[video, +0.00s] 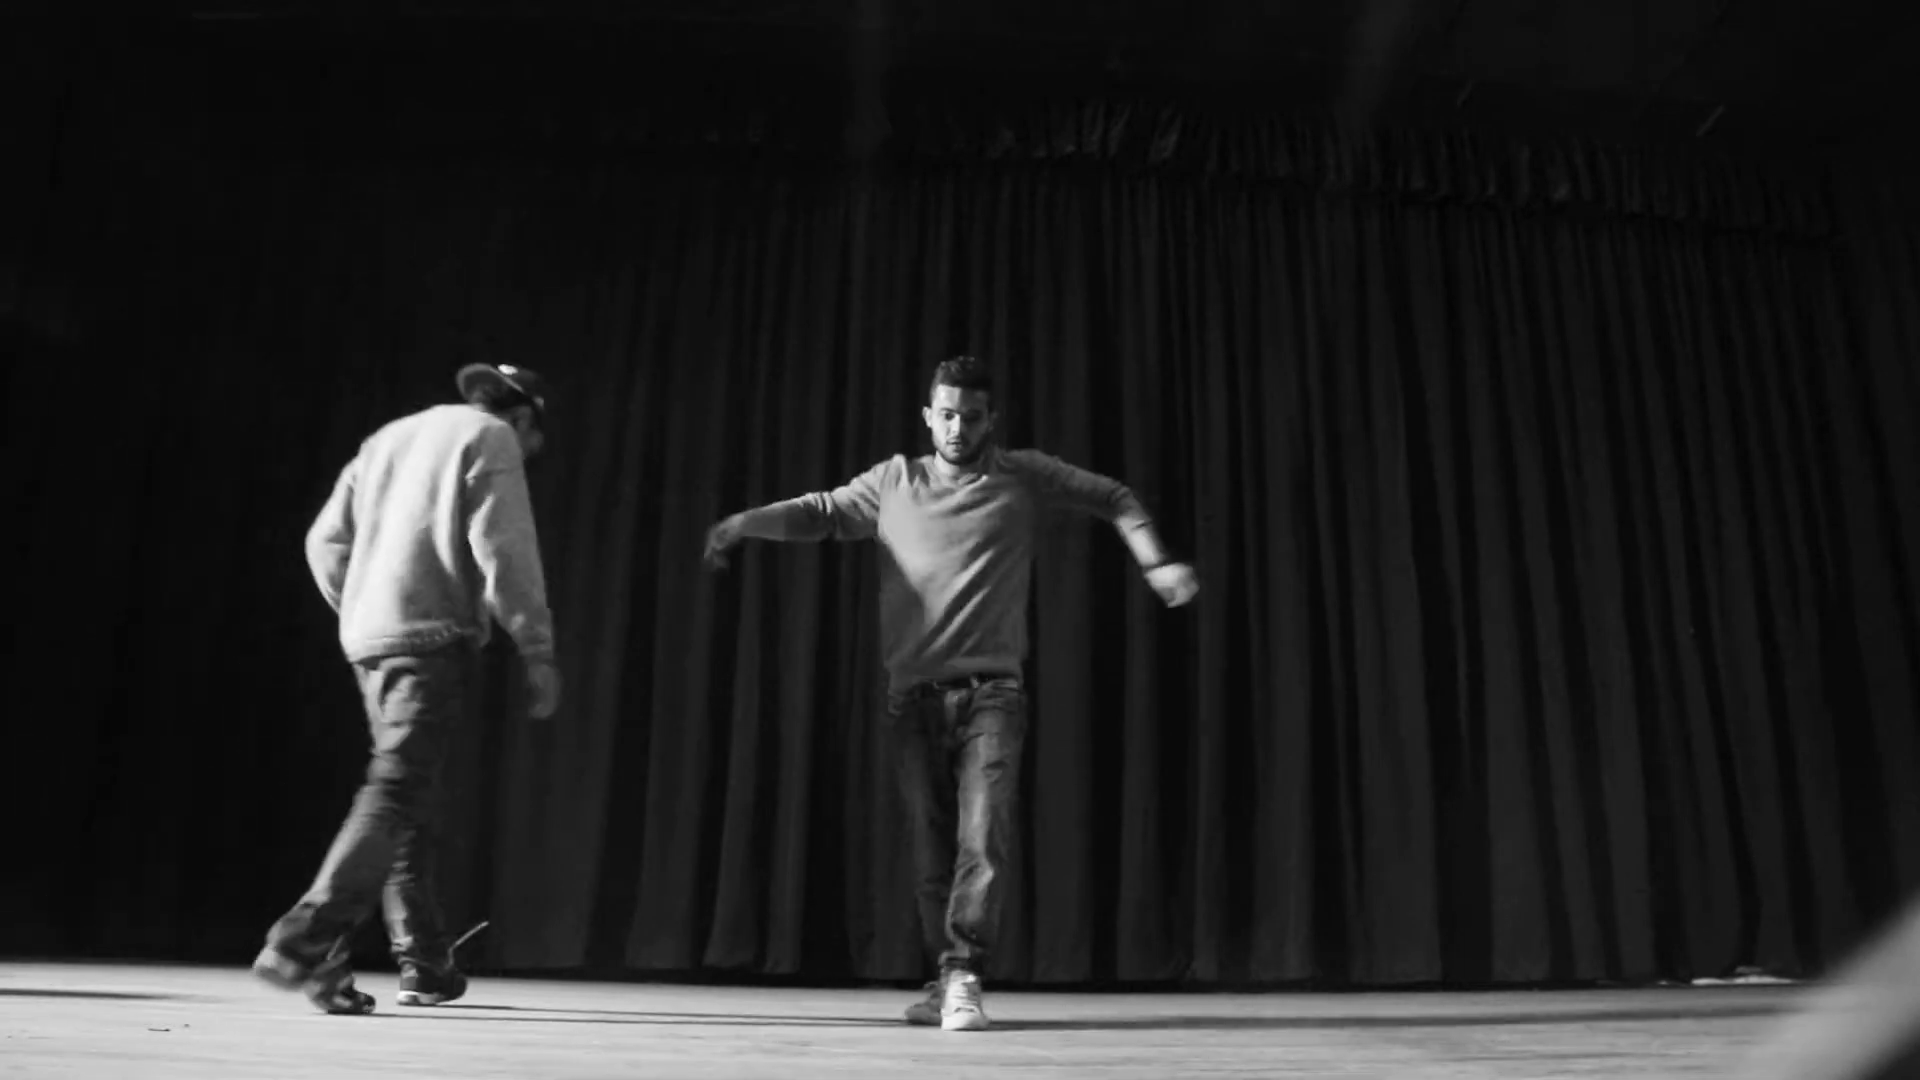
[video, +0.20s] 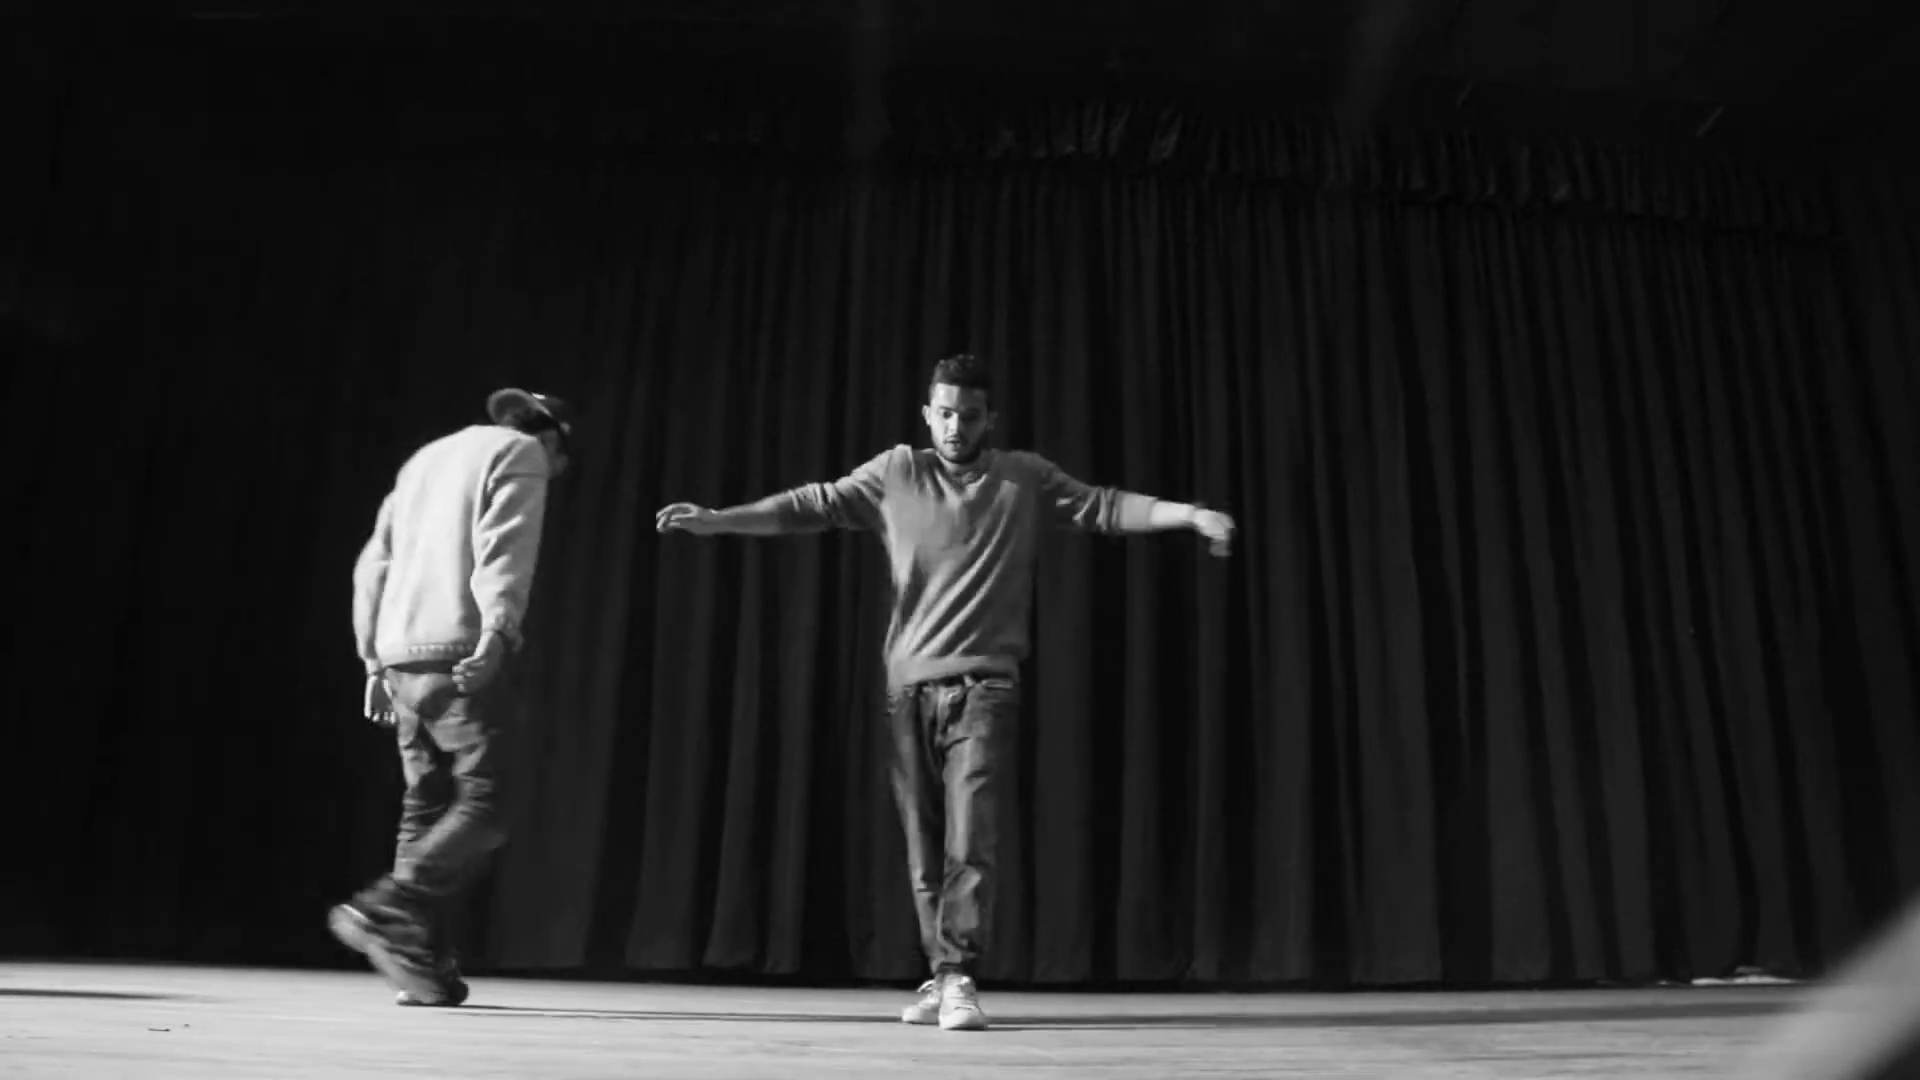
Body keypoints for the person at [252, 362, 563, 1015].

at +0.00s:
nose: (528, 449)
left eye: (532, 440)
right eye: (531, 435)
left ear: (478, 399)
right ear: (517, 414)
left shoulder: (384, 440)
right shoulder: (488, 435)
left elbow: (325, 540)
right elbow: (503, 547)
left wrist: (366, 614)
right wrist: (538, 654)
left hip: (366, 636)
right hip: (428, 634)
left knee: (404, 797)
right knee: (391, 793)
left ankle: (424, 966)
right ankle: (303, 950)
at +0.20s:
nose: (550, 472)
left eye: (555, 465)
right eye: (552, 459)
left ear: (499, 420)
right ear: (541, 436)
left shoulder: (422, 460)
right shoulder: (520, 448)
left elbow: (372, 563)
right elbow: (503, 545)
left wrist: (375, 659)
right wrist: (498, 636)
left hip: (402, 668)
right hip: (459, 663)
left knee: (422, 809)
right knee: (486, 804)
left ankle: (422, 964)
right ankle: (391, 905)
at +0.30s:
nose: (564, 476)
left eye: (569, 470)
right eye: (568, 465)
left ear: (514, 426)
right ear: (560, 443)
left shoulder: (439, 467)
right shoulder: (534, 454)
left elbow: (395, 566)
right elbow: (512, 549)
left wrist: (395, 664)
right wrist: (507, 642)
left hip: (417, 673)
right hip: (479, 666)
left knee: (428, 815)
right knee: (518, 802)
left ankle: (420, 968)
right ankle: (456, 941)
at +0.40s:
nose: (584, 484)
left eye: (589, 476)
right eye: (587, 471)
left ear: (534, 438)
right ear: (576, 451)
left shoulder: (460, 476)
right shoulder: (549, 465)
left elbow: (412, 575)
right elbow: (528, 566)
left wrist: (418, 671)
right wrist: (535, 666)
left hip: (433, 679)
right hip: (487, 674)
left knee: (435, 814)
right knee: (543, 802)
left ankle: (423, 963)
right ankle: (521, 961)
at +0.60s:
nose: (632, 503)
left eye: (636, 496)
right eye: (635, 491)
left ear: (584, 459)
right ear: (622, 472)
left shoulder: (507, 496)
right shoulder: (592, 498)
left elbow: (463, 594)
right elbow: (584, 604)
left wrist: (469, 677)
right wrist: (608, 698)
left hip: (476, 686)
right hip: (539, 689)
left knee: (462, 824)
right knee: (574, 827)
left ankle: (428, 963)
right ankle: (603, 964)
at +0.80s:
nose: (696, 507)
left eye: (699, 496)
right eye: (696, 494)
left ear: (643, 474)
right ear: (677, 481)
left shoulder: (562, 512)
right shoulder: (658, 527)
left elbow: (521, 609)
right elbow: (656, 638)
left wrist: (532, 690)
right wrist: (664, 729)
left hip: (539, 706)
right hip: (604, 710)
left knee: (535, 821)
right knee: (632, 833)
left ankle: (456, 922)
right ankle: (611, 971)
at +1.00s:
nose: (732, 506)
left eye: (735, 496)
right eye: (732, 495)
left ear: (676, 477)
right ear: (711, 483)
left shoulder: (603, 523)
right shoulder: (698, 529)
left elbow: (571, 625)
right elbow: (709, 638)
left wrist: (582, 704)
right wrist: (721, 721)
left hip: (600, 707)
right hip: (659, 708)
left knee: (606, 825)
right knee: (647, 840)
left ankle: (541, 936)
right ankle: (619, 968)